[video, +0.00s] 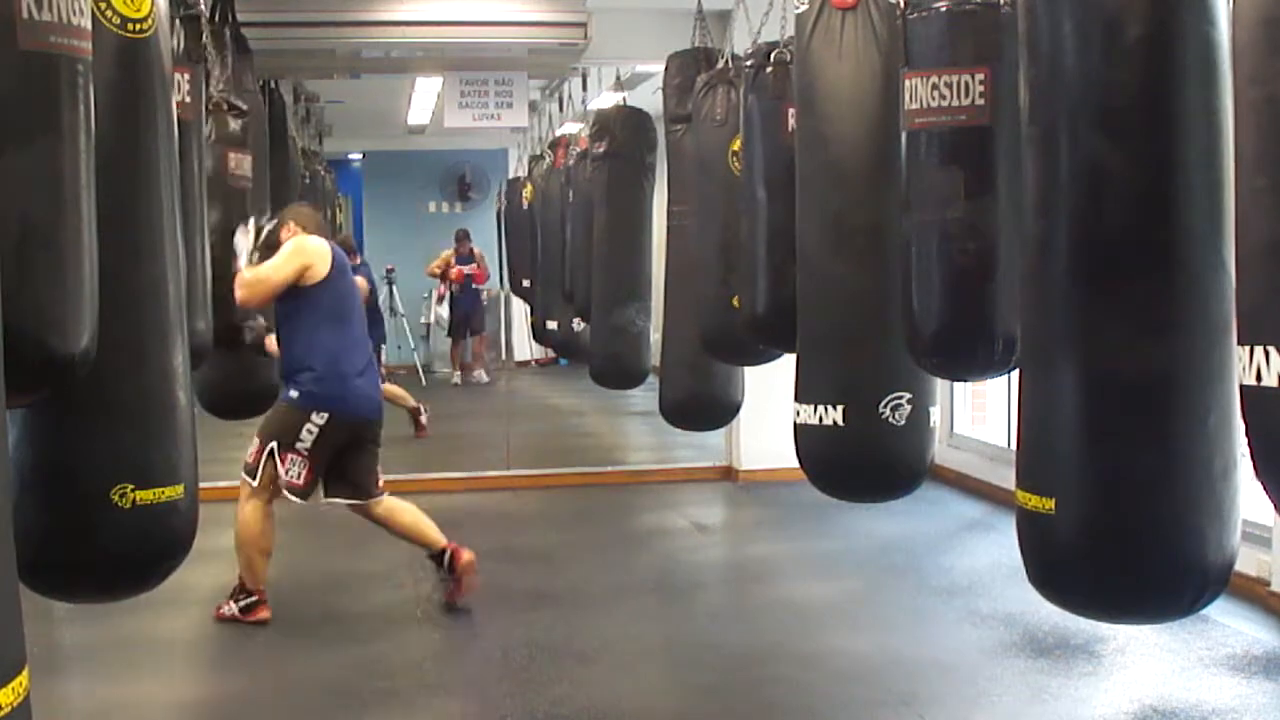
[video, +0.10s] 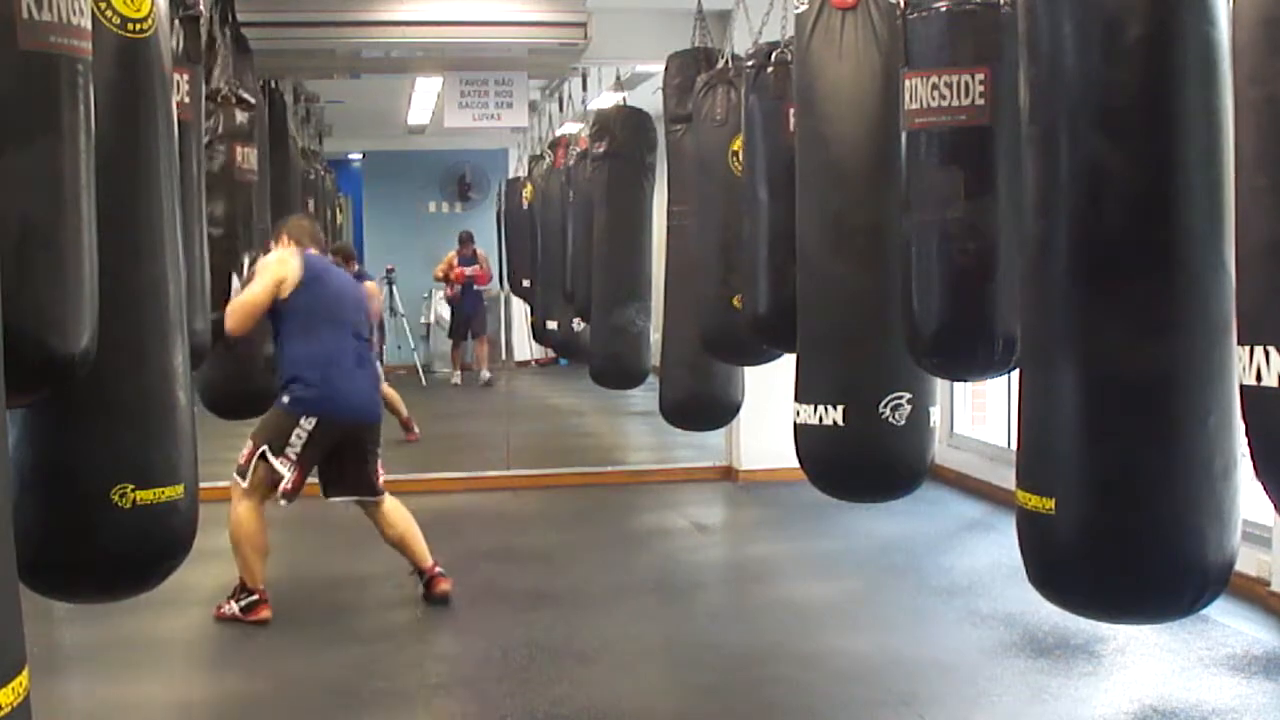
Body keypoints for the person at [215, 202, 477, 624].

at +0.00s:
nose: (279, 240)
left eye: (280, 233)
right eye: (279, 235)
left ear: (292, 229)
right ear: (323, 229)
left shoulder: (305, 248)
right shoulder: (345, 269)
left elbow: (245, 293)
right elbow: (325, 344)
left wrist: (245, 256)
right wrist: (273, 344)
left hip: (316, 396)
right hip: (364, 397)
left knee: (255, 489)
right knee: (365, 496)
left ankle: (250, 596)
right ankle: (447, 553)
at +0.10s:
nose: (272, 252)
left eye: (274, 246)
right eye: (273, 247)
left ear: (286, 243)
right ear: (319, 246)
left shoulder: (283, 262)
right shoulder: (352, 284)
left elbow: (235, 323)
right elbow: (362, 355)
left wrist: (258, 280)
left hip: (311, 399)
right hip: (363, 402)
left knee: (246, 492)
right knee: (376, 497)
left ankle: (251, 593)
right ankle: (431, 572)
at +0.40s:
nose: (273, 236)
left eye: (273, 226)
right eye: (270, 228)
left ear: (291, 217)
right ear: (312, 215)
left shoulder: (317, 255)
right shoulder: (350, 244)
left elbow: (277, 315)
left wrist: (257, 280)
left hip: (361, 382)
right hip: (399, 378)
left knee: (291, 465)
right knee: (406, 476)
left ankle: (298, 567)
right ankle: (475, 544)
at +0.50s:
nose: (300, 240)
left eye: (301, 229)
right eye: (298, 231)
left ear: (321, 222)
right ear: (339, 221)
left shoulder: (347, 264)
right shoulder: (368, 255)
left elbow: (305, 324)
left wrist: (284, 289)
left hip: (374, 396)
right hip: (406, 390)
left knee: (306, 479)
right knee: (423, 478)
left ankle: (323, 583)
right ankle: (499, 542)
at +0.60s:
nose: (331, 252)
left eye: (333, 241)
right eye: (329, 243)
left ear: (352, 236)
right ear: (367, 234)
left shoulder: (372, 279)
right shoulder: (403, 269)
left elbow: (332, 339)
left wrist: (314, 309)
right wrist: (333, 307)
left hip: (391, 408)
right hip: (428, 407)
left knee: (317, 481)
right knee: (440, 487)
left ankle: (323, 582)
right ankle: (509, 548)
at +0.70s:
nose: (362, 251)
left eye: (363, 241)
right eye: (361, 242)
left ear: (381, 236)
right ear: (399, 234)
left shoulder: (402, 278)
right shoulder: (433, 269)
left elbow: (367, 343)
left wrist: (344, 317)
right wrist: (374, 295)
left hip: (424, 404)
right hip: (459, 402)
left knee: (350, 476)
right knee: (464, 486)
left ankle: (329, 579)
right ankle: (522, 555)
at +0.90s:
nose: (393, 221)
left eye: (395, 211)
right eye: (393, 212)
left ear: (411, 206)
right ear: (434, 206)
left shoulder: (421, 241)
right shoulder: (473, 239)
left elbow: (407, 311)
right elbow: (461, 305)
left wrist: (374, 292)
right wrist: (394, 280)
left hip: (456, 369)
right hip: (496, 368)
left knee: (402, 459)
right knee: (496, 467)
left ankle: (420, 562)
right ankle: (526, 555)